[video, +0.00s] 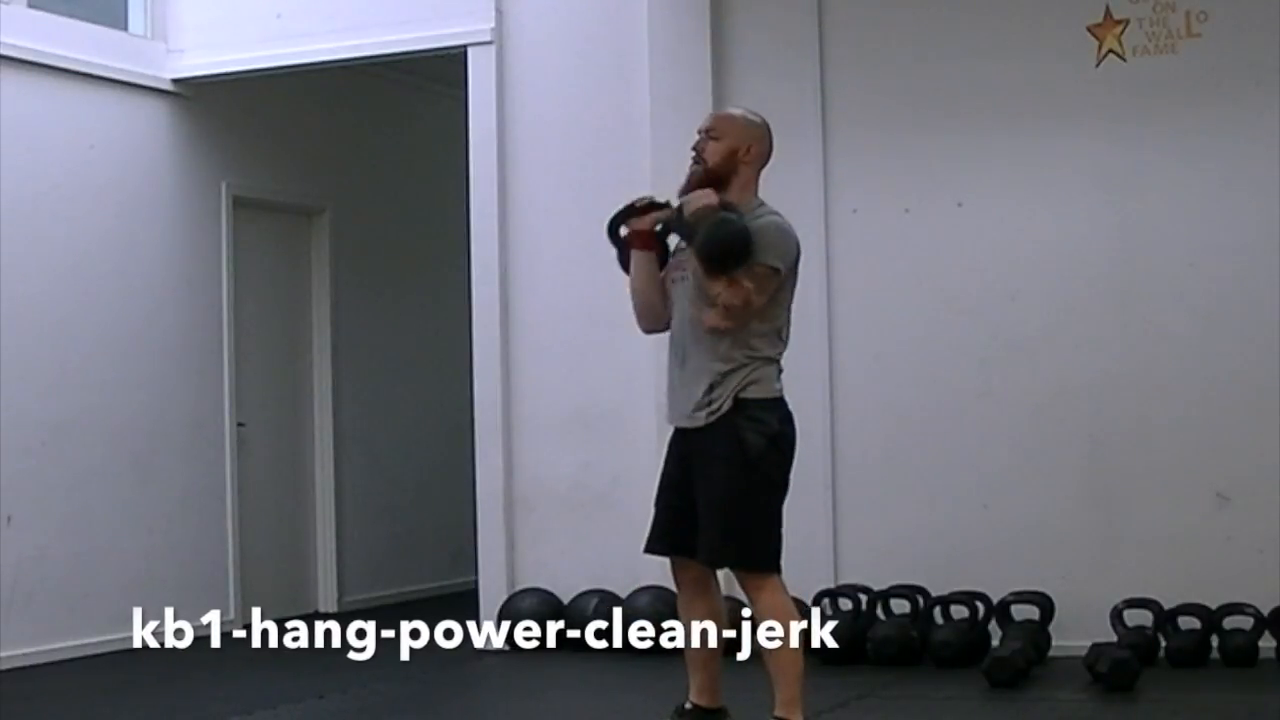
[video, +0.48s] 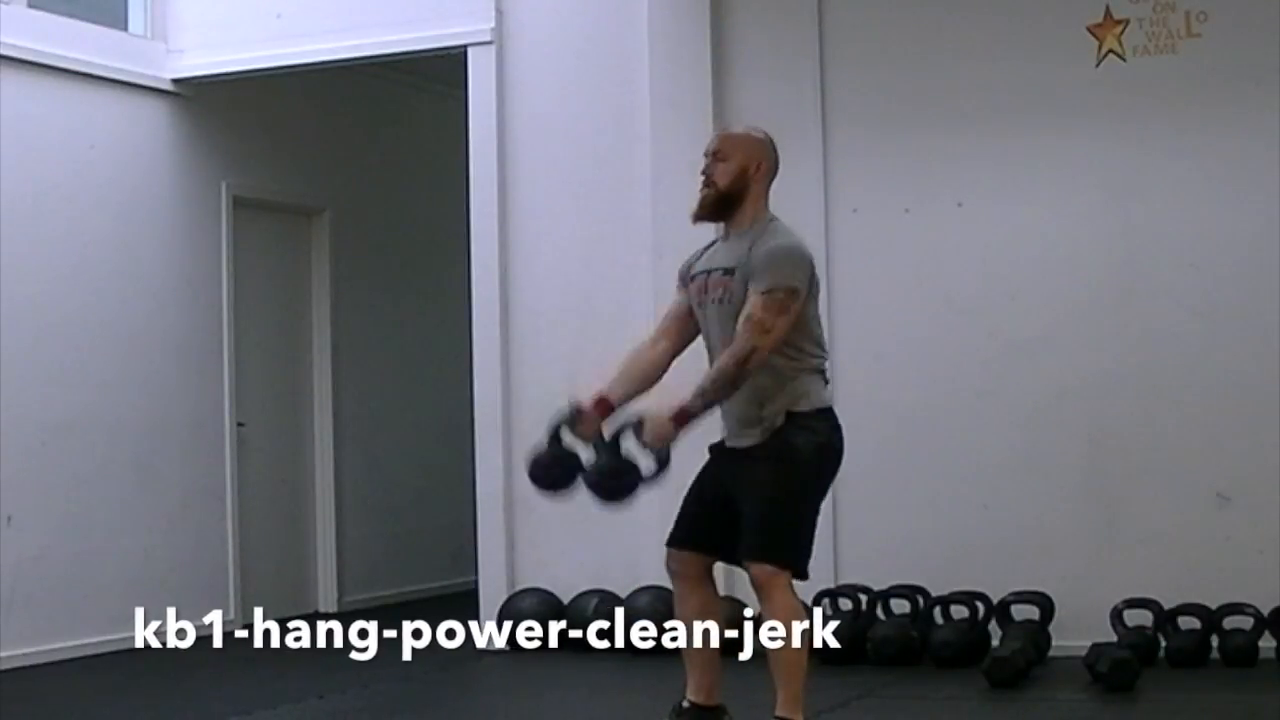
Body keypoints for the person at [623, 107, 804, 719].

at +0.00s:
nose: (696, 145)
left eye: (710, 137)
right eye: (698, 136)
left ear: (747, 155)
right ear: (723, 154)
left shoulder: (771, 231)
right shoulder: (696, 233)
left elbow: (726, 310)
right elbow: (652, 317)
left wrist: (702, 225)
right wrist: (642, 244)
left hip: (750, 420)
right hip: (694, 423)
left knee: (756, 571)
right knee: (688, 566)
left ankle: (790, 711)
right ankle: (704, 704)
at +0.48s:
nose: (704, 170)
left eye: (719, 160)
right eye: (706, 161)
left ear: (757, 173)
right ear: (726, 175)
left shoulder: (781, 251)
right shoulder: (703, 263)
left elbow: (748, 352)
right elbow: (662, 344)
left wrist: (677, 416)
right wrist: (603, 402)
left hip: (800, 435)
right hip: (740, 442)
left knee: (767, 569)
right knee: (688, 557)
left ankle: (790, 712)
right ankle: (703, 704)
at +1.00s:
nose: (541, 283)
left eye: (552, 269)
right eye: (541, 271)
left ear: (596, 273)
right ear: (591, 277)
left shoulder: (667, 339)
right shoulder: (604, 359)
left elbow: (724, 439)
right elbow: (671, 437)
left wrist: (750, 508)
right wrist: (726, 502)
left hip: (791, 438)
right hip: (737, 449)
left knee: (765, 571)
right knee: (679, 555)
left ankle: (794, 712)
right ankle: (704, 702)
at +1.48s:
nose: (712, 159)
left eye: (724, 149)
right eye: (713, 150)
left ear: (765, 158)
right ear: (747, 161)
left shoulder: (785, 232)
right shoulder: (718, 239)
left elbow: (767, 336)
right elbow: (701, 330)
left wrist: (685, 361)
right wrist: (645, 365)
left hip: (775, 422)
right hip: (722, 423)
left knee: (758, 566)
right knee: (689, 560)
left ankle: (792, 711)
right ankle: (703, 702)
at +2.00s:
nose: (688, 184)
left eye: (701, 175)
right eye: (689, 175)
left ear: (740, 189)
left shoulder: (761, 266)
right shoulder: (682, 259)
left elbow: (690, 332)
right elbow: (635, 354)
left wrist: (689, 247)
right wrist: (655, 273)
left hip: (746, 455)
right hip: (688, 458)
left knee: (708, 596)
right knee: (636, 584)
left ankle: (785, 713)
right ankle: (699, 705)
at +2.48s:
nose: (688, 151)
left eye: (703, 144)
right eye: (687, 143)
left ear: (737, 162)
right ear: (686, 162)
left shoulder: (748, 220)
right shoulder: (674, 218)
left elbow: (719, 168)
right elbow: (623, 162)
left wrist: (708, 92)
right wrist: (651, 94)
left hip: (743, 425)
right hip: (691, 426)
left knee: (731, 575)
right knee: (657, 572)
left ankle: (789, 712)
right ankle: (701, 706)